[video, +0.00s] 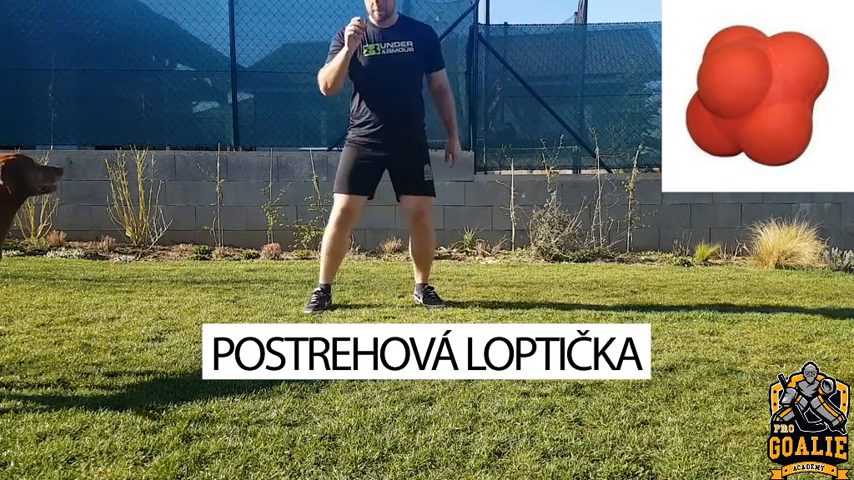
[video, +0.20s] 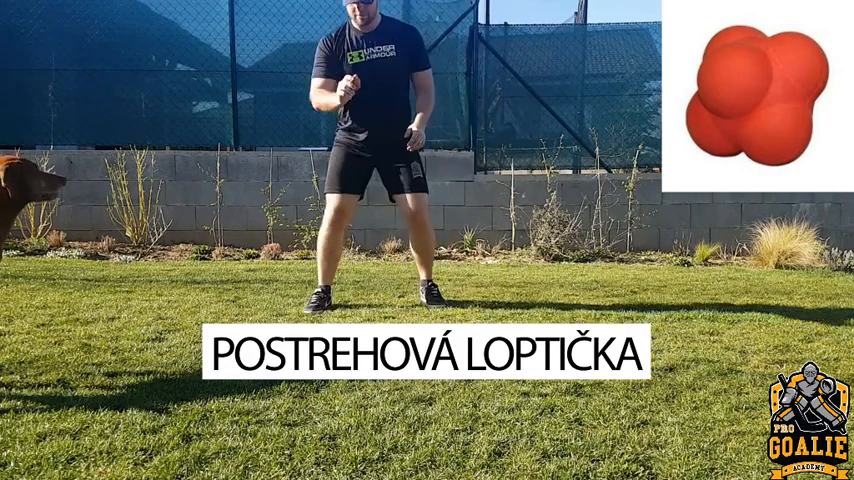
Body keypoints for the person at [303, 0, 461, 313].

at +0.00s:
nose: (378, 4)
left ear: (395, 0)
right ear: (365, 2)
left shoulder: (422, 33)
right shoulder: (349, 35)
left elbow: (440, 86)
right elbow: (327, 86)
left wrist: (452, 133)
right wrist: (348, 50)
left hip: (409, 139)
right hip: (363, 139)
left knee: (419, 212)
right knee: (343, 211)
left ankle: (423, 287)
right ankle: (323, 289)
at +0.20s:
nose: (360, 9)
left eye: (366, 3)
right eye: (354, 4)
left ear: (377, 2)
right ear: (345, 5)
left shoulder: (407, 35)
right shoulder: (331, 43)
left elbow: (424, 86)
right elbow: (317, 97)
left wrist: (421, 120)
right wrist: (338, 98)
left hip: (398, 138)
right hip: (351, 140)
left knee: (416, 210)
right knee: (335, 212)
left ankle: (428, 285)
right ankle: (323, 290)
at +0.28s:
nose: (361, 11)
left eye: (367, 4)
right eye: (354, 6)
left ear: (378, 3)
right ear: (346, 7)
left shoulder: (407, 36)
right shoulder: (334, 45)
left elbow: (425, 88)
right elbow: (324, 100)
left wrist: (412, 115)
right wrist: (330, 145)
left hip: (399, 138)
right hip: (352, 140)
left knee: (416, 210)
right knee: (337, 211)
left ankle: (429, 285)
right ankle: (323, 290)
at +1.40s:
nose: (345, 20)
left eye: (351, 12)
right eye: (339, 14)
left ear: (364, 7)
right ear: (332, 13)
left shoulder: (393, 42)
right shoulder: (318, 50)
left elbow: (413, 97)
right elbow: (304, 106)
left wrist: (379, 117)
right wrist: (324, 94)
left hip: (389, 142)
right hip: (344, 144)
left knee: (412, 212)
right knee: (327, 211)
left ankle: (428, 285)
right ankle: (322, 290)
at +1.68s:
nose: (355, 22)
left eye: (361, 15)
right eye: (349, 17)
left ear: (375, 9)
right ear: (342, 16)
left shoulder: (405, 46)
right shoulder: (331, 55)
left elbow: (430, 98)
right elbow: (319, 105)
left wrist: (402, 129)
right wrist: (323, 140)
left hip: (401, 145)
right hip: (355, 145)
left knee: (419, 212)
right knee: (336, 210)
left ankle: (429, 286)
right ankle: (324, 290)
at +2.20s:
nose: (338, 33)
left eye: (345, 24)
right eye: (332, 26)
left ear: (363, 21)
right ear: (327, 27)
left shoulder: (398, 60)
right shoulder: (323, 71)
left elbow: (420, 117)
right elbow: (297, 117)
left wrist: (391, 155)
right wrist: (280, 145)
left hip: (397, 148)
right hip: (351, 149)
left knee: (410, 226)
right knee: (319, 196)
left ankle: (428, 288)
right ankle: (295, 277)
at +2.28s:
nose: (315, 51)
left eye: (322, 41)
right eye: (309, 44)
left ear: (340, 39)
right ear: (304, 48)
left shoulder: (377, 72)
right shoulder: (305, 90)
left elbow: (407, 123)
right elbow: (270, 125)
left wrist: (380, 160)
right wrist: (249, 137)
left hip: (386, 152)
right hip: (341, 155)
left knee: (411, 227)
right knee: (305, 202)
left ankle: (428, 287)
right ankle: (265, 279)